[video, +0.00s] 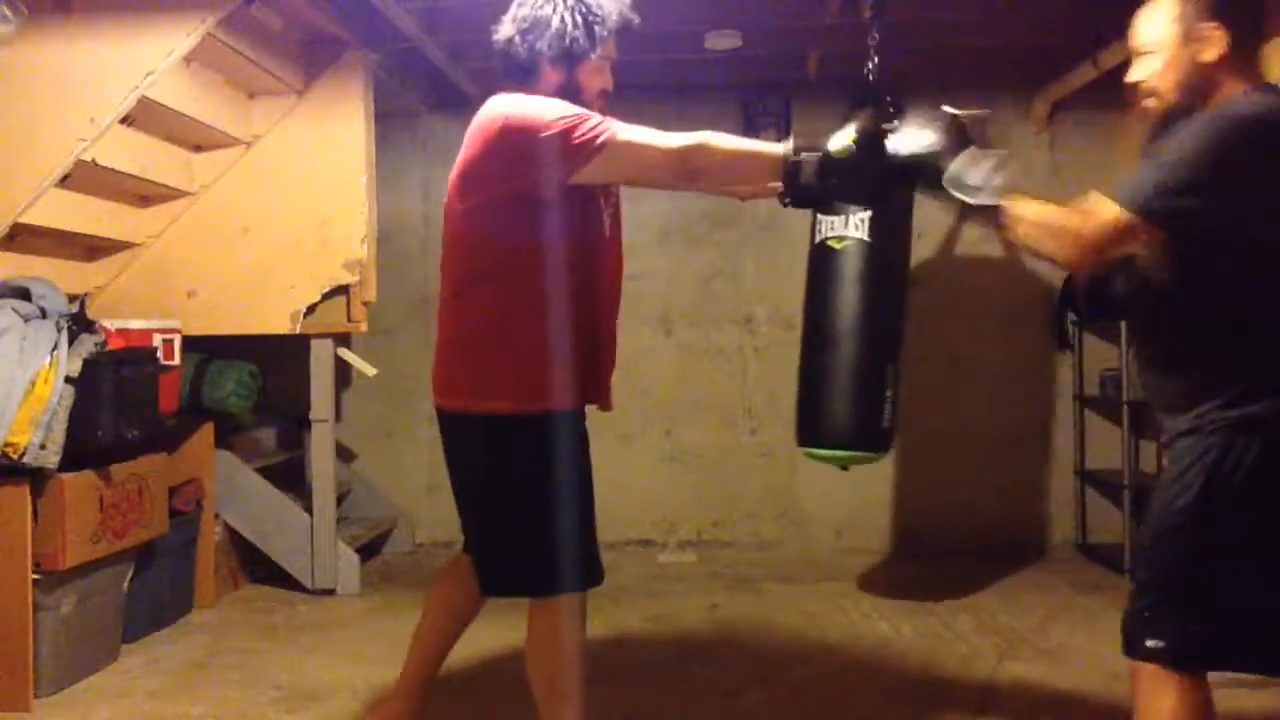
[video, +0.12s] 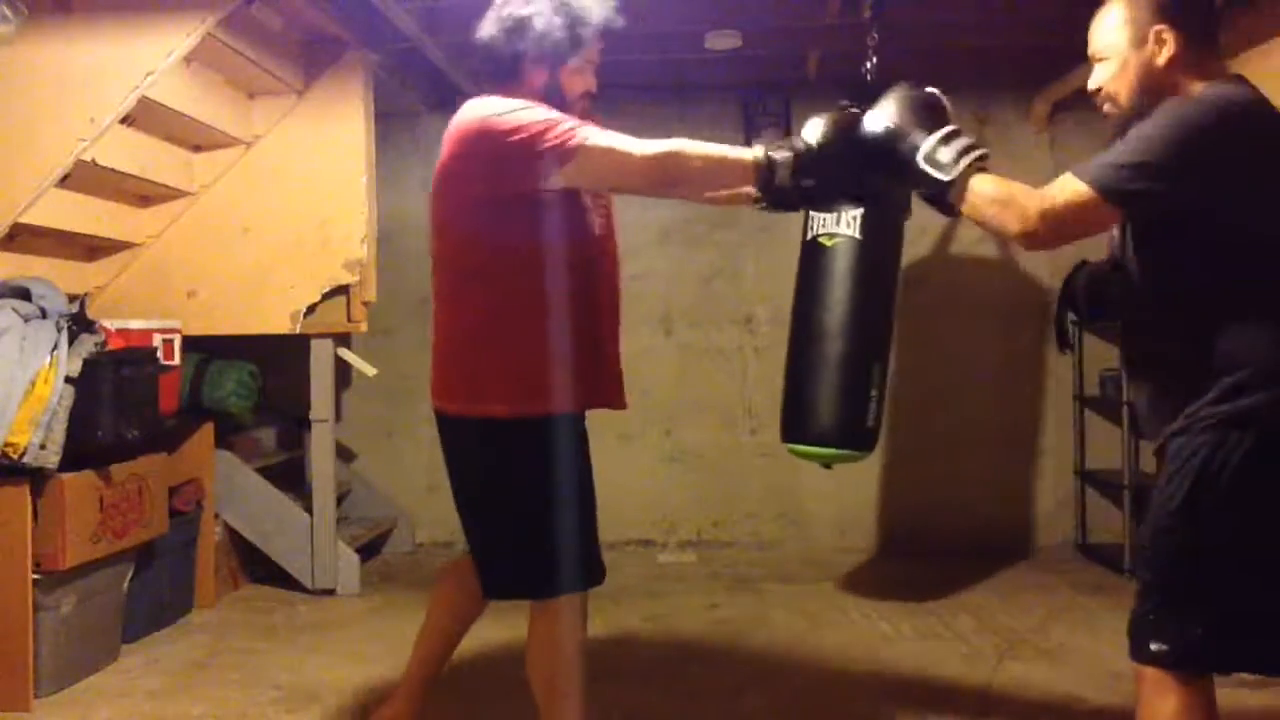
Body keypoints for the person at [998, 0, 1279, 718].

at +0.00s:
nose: (1133, 75)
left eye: (1146, 54)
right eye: (1134, 57)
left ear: (1210, 44)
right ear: (1208, 48)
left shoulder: (1230, 129)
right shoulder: (1244, 123)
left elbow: (1080, 240)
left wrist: (993, 192)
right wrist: (1022, 212)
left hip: (1229, 429)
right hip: (1238, 423)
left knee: (1160, 647)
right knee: (1172, 644)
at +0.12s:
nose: (1093, 84)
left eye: (1103, 60)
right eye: (1092, 64)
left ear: (1162, 45)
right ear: (1167, 46)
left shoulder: (1197, 122)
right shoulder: (1242, 115)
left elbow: (1033, 219)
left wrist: (927, 148)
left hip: (1234, 421)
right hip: (1257, 412)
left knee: (1167, 653)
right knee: (1183, 646)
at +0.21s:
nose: (1091, 83)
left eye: (1100, 58)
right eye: (1091, 62)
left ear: (1157, 43)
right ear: (1163, 44)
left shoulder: (1189, 120)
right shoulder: (1246, 112)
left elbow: (1023, 210)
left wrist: (917, 151)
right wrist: (1123, 304)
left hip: (1230, 427)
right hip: (1259, 418)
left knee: (1170, 660)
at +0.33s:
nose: (1103, 82)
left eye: (1110, 58)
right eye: (1101, 62)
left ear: (1168, 39)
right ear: (1175, 40)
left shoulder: (1194, 113)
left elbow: (1012, 163)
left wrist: (877, 158)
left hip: (1248, 431)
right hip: (1259, 424)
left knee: (1189, 664)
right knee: (1209, 657)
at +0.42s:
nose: (1114, 67)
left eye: (1125, 44)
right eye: (1114, 48)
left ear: (1187, 31)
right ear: (1190, 34)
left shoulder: (1207, 114)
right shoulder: (1246, 107)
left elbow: (1030, 195)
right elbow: (1062, 198)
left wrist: (895, 155)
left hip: (1252, 428)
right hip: (1257, 424)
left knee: (1209, 673)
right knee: (1230, 664)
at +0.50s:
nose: (1136, 58)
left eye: (1150, 31)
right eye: (1138, 36)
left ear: (1215, 25)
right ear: (1211, 30)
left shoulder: (1247, 111)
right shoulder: (1211, 114)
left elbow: (1111, 257)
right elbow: (1115, 266)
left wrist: (984, 206)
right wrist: (997, 211)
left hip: (1259, 451)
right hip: (1243, 444)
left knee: (1215, 679)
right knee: (1233, 675)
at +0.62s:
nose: (1184, 51)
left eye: (1198, 25)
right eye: (1184, 30)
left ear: (1266, 19)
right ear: (1260, 25)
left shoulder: (1267, 135)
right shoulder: (1256, 134)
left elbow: (1263, 292)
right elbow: (1242, 285)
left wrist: (1116, 313)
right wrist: (1125, 319)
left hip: (1269, 441)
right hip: (1255, 436)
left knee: (1220, 676)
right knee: (1231, 673)